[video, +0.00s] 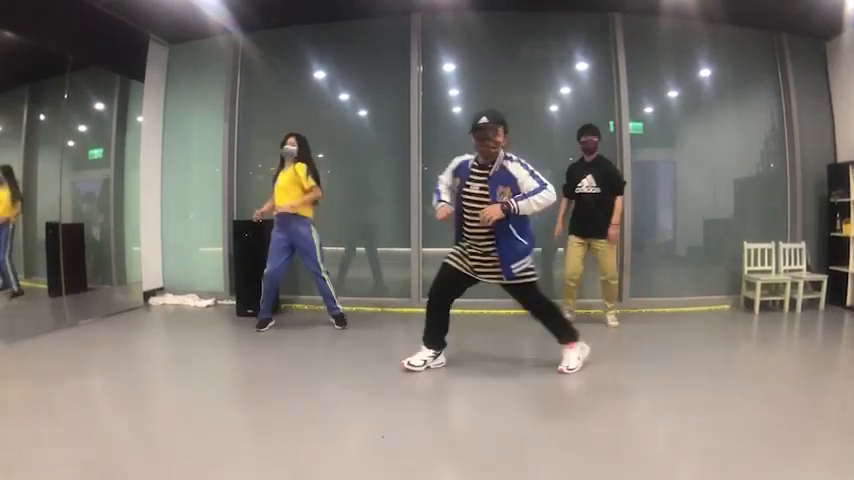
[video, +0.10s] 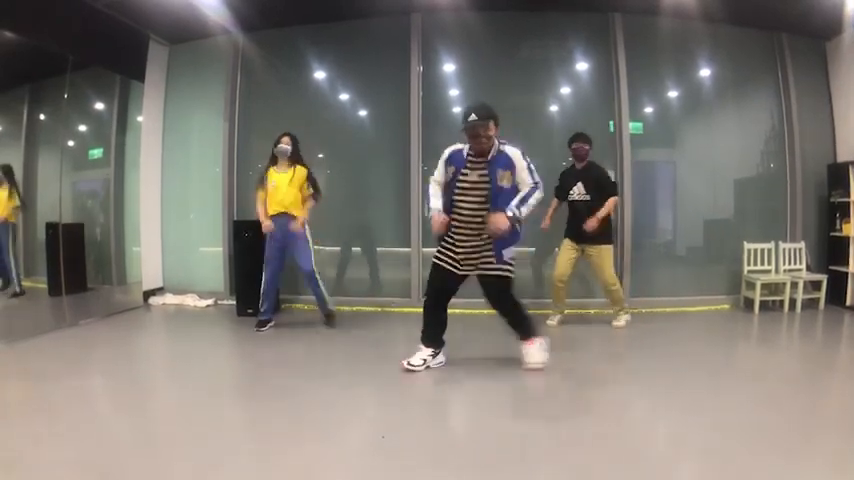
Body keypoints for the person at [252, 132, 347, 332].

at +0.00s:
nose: (289, 148)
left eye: (293, 145)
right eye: (286, 144)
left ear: (300, 149)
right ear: (282, 148)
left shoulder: (301, 167)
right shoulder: (281, 172)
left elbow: (316, 192)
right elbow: (277, 197)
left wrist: (294, 204)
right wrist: (264, 209)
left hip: (301, 221)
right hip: (281, 221)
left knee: (318, 269)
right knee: (271, 271)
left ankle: (337, 313)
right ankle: (265, 316)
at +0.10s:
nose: (283, 147)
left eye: (288, 144)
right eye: (281, 143)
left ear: (294, 149)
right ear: (275, 148)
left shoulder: (302, 172)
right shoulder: (268, 173)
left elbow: (311, 198)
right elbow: (260, 197)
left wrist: (301, 219)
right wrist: (264, 219)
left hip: (295, 220)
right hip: (274, 220)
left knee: (308, 268)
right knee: (270, 270)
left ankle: (327, 311)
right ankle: (265, 315)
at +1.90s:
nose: (279, 141)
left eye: (284, 138)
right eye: (275, 139)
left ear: (291, 145)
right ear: (269, 145)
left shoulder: (298, 174)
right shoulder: (260, 168)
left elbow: (309, 206)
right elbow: (249, 200)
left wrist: (289, 226)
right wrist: (245, 229)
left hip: (281, 225)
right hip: (257, 223)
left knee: (289, 281)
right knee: (248, 279)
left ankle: (297, 332)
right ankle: (253, 322)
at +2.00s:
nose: (281, 144)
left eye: (286, 141)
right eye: (278, 140)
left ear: (294, 148)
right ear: (272, 146)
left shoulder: (297, 176)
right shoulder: (260, 170)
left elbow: (302, 212)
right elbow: (251, 202)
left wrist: (269, 221)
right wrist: (243, 234)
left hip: (279, 234)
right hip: (254, 232)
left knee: (287, 283)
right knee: (241, 280)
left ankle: (297, 333)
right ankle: (252, 325)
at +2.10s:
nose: (278, 150)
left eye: (283, 147)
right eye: (275, 147)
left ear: (291, 155)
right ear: (269, 153)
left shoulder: (291, 182)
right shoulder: (259, 177)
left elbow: (286, 214)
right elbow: (249, 208)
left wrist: (251, 218)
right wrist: (237, 236)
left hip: (276, 238)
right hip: (253, 236)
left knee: (285, 287)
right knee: (233, 281)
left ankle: (297, 334)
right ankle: (239, 328)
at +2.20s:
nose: (272, 154)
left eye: (277, 152)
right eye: (269, 151)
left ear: (285, 158)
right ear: (264, 156)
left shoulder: (285, 184)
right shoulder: (254, 181)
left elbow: (278, 215)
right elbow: (247, 211)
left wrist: (246, 217)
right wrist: (233, 233)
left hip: (273, 241)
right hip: (250, 238)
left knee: (280, 291)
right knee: (228, 286)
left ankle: (298, 335)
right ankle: (228, 333)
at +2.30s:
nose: (260, 152)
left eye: (265, 149)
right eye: (258, 148)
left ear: (273, 154)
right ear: (254, 152)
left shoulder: (274, 180)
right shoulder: (246, 179)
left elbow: (278, 209)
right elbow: (240, 207)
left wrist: (249, 214)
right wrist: (228, 227)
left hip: (261, 236)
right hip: (241, 234)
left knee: (269, 289)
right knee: (224, 286)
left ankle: (296, 336)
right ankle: (222, 336)